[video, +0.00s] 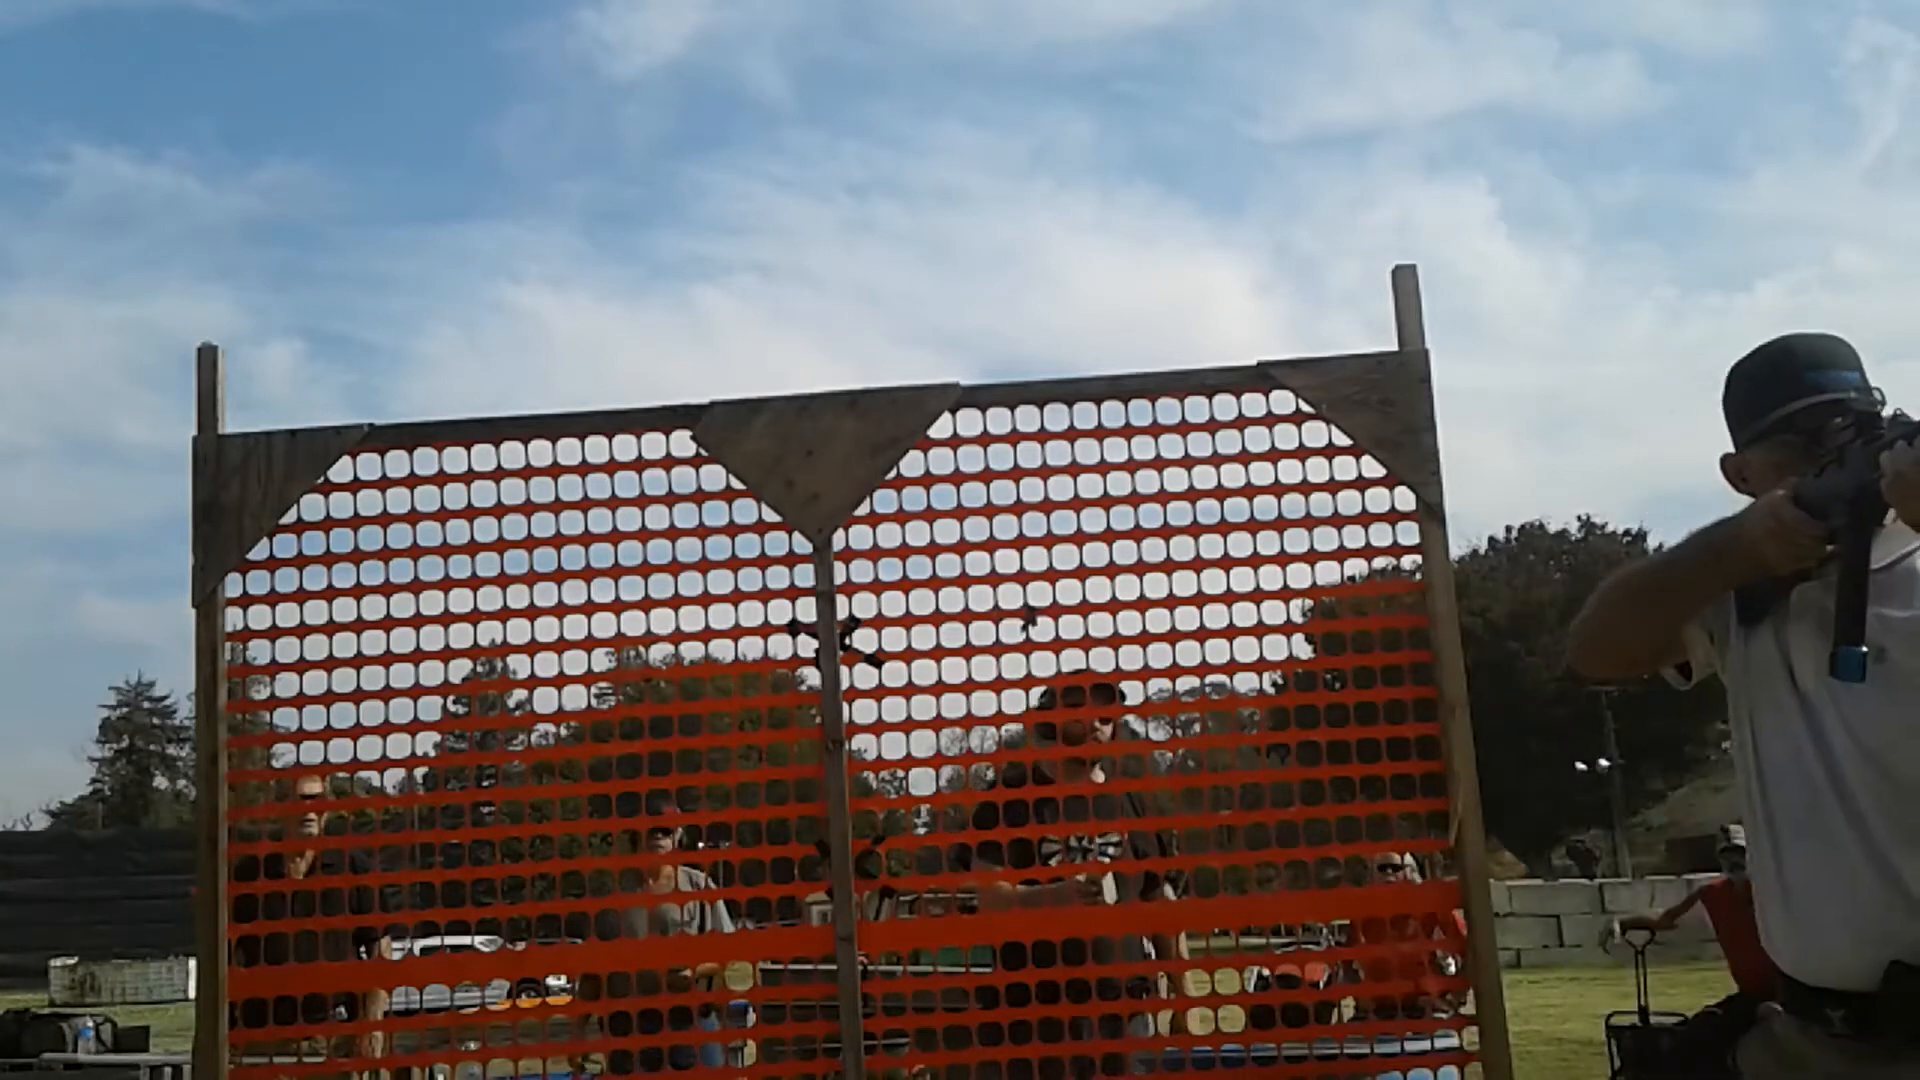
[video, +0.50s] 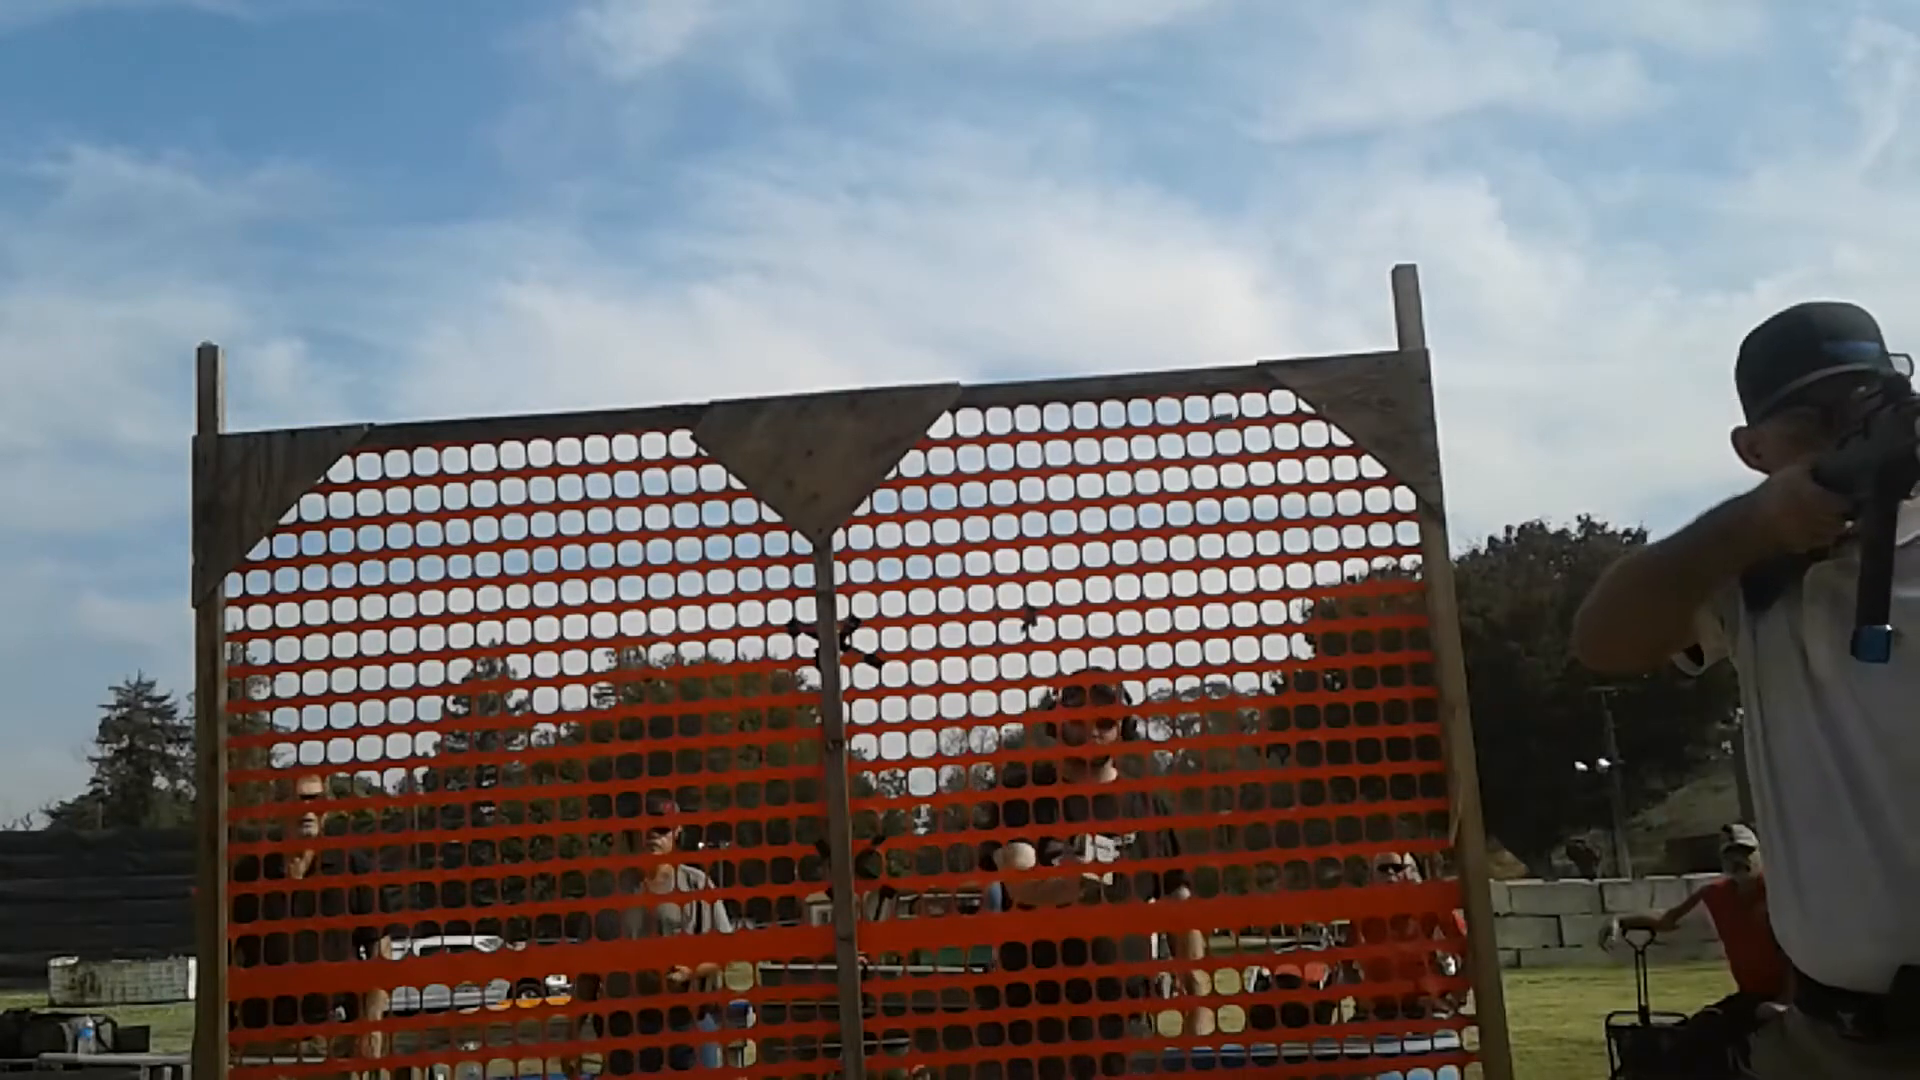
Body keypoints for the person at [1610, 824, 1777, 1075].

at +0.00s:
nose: (1733, 865)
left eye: (1739, 857)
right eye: (1726, 858)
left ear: (1752, 858)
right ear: (1720, 860)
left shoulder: (1771, 891)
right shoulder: (1712, 894)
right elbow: (1665, 921)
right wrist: (1622, 924)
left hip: (1793, 992)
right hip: (1751, 996)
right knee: (1697, 1032)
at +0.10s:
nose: (1737, 860)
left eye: (1744, 852)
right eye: (1729, 853)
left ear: (1756, 857)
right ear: (1721, 859)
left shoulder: (1777, 890)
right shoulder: (1711, 894)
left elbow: (1798, 946)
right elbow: (1666, 921)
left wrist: (1785, 1002)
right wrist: (1622, 924)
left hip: (1793, 996)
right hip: (1750, 998)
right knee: (1695, 1031)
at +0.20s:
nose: (1739, 863)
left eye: (1745, 855)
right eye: (1730, 858)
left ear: (1759, 855)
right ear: (1723, 861)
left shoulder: (1779, 887)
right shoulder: (1713, 893)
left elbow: (1798, 946)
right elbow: (1667, 921)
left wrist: (1790, 1001)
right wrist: (1622, 923)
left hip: (1793, 998)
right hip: (1751, 998)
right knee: (1695, 1031)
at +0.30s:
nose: (1738, 860)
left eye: (1746, 852)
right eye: (1730, 854)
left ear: (1760, 855)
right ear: (1723, 859)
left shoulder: (1779, 887)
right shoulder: (1713, 893)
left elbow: (1799, 946)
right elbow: (1667, 921)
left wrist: (1789, 1001)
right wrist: (1621, 923)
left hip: (1794, 997)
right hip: (1751, 998)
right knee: (1697, 1030)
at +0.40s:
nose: (1739, 860)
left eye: (1746, 852)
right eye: (1731, 853)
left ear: (1760, 857)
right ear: (1723, 860)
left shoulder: (1779, 890)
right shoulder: (1713, 894)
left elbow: (1797, 948)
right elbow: (1667, 922)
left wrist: (1787, 1002)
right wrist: (1621, 923)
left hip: (1792, 997)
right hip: (1750, 998)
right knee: (1695, 1032)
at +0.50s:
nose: (1738, 862)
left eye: (1746, 854)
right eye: (1731, 856)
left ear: (1757, 857)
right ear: (1723, 860)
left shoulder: (1777, 890)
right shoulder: (1713, 894)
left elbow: (1797, 946)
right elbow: (1667, 922)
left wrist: (1786, 1002)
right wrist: (1621, 923)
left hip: (1792, 996)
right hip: (1749, 998)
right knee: (1696, 1030)